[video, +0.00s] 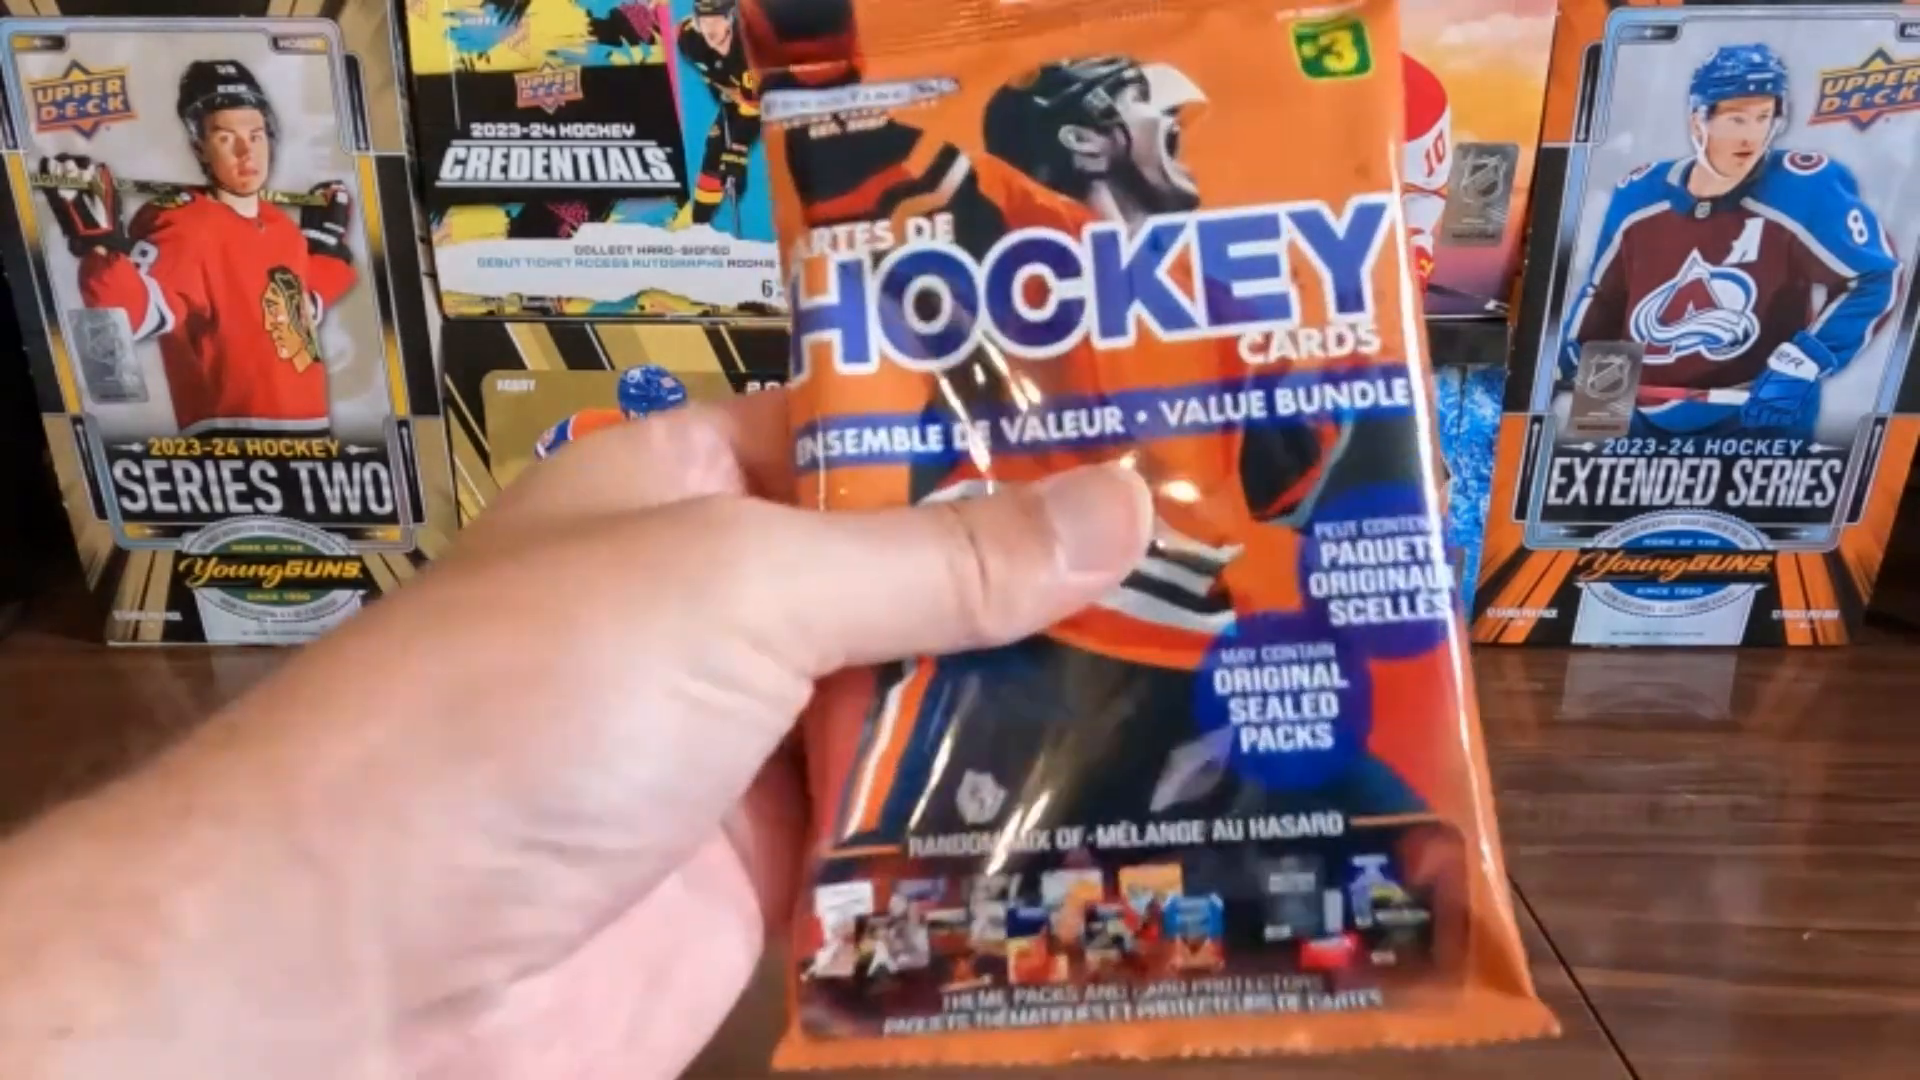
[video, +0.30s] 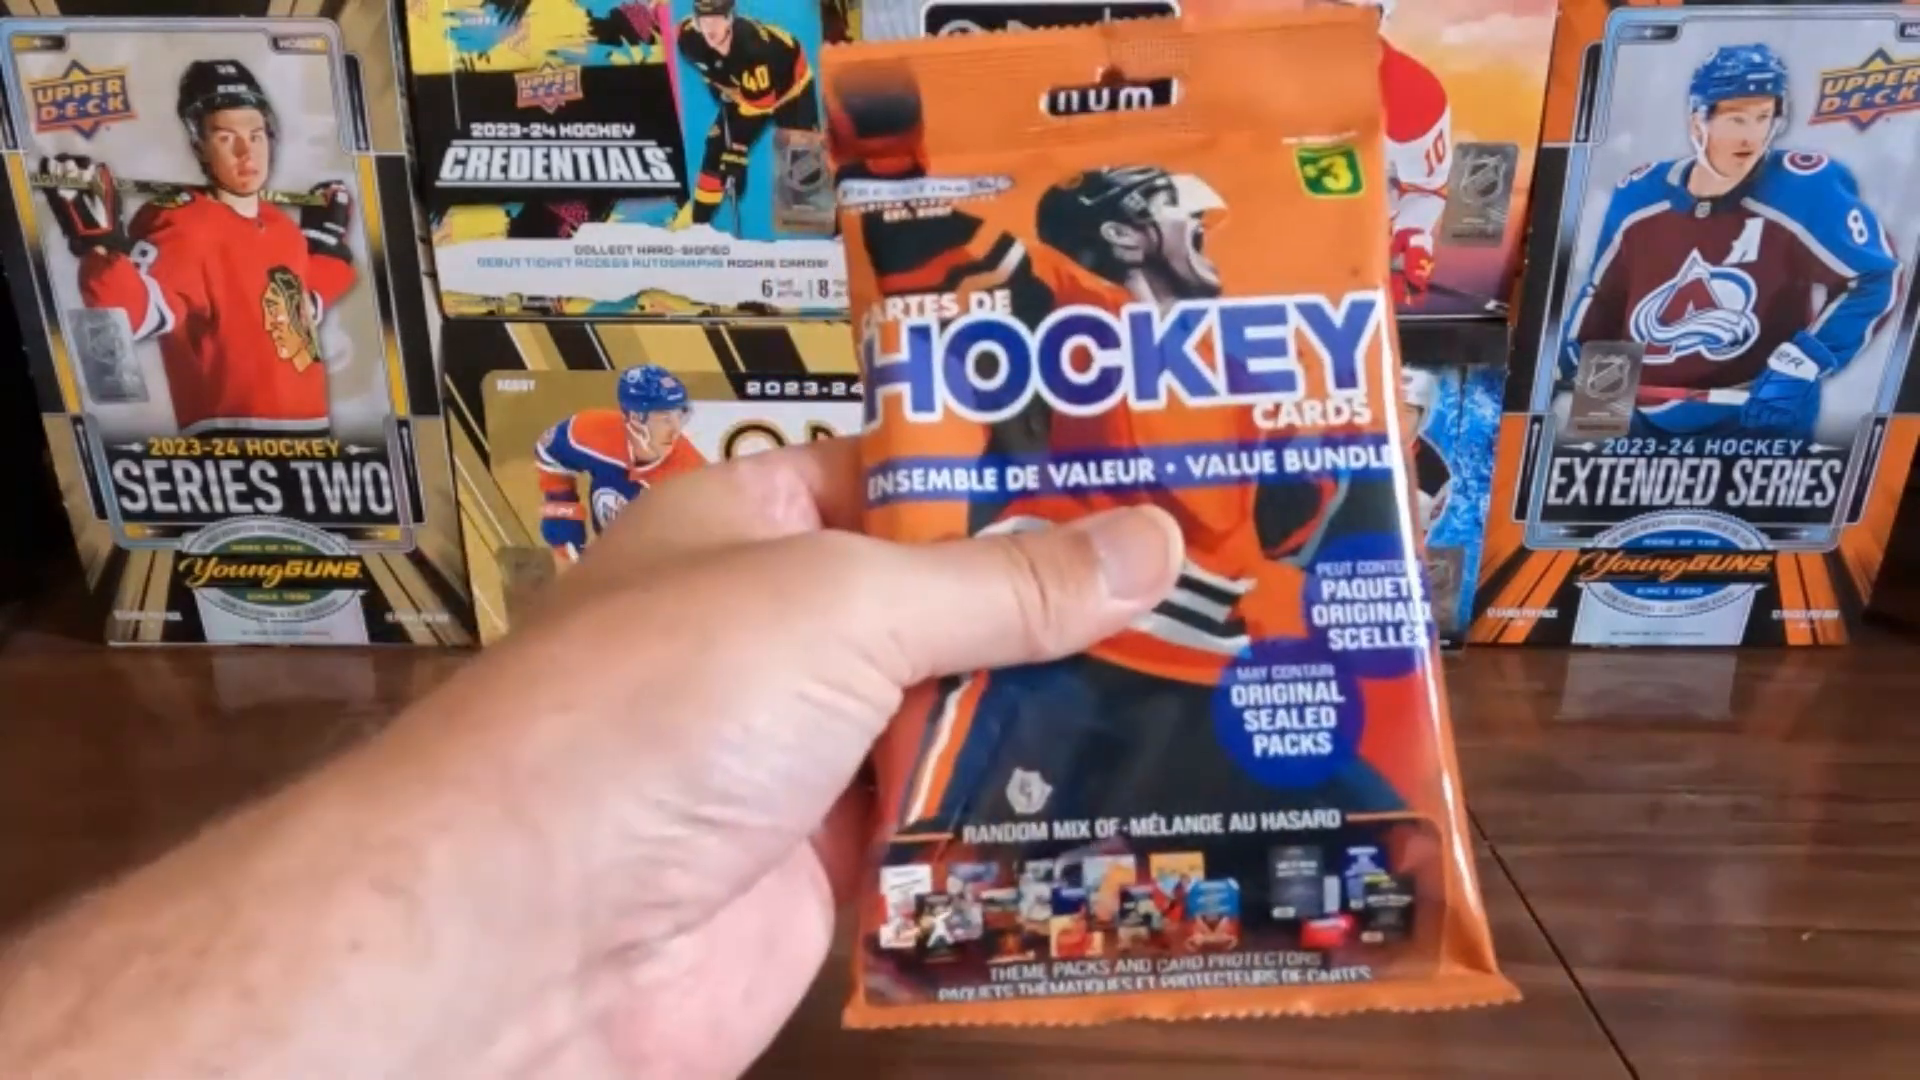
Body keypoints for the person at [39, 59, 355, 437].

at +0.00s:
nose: (247, 152)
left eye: (256, 135)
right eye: (227, 139)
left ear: (270, 139)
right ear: (201, 150)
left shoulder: (283, 227)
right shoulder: (184, 227)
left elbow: (300, 305)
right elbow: (137, 316)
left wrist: (335, 253)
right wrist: (100, 249)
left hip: (307, 433)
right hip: (229, 441)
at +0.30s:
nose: (247, 152)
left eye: (256, 135)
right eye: (227, 139)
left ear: (270, 139)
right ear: (201, 149)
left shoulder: (283, 227)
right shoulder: (183, 226)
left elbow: (301, 305)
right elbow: (138, 316)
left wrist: (334, 251)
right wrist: (100, 249)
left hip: (307, 433)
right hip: (229, 440)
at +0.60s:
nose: (247, 153)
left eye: (256, 135)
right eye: (227, 139)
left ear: (270, 139)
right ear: (201, 149)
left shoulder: (283, 227)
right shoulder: (184, 227)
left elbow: (304, 303)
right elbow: (140, 315)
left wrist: (335, 251)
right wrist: (100, 249)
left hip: (307, 433)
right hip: (230, 441)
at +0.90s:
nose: (247, 153)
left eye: (256, 135)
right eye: (228, 139)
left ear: (270, 140)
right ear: (201, 149)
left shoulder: (283, 228)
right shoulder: (183, 226)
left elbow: (303, 306)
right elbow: (139, 317)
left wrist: (334, 250)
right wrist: (101, 250)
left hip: (307, 433)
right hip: (230, 440)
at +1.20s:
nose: (247, 152)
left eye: (256, 135)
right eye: (228, 139)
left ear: (270, 139)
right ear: (201, 149)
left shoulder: (282, 227)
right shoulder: (183, 226)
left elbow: (303, 305)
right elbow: (139, 316)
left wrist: (334, 250)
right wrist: (100, 249)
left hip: (308, 433)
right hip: (230, 441)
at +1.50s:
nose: (247, 152)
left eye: (256, 135)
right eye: (228, 139)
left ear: (270, 139)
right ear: (200, 149)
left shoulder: (282, 227)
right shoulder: (183, 226)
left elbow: (303, 305)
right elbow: (140, 316)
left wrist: (334, 251)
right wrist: (100, 251)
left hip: (307, 432)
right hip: (230, 439)